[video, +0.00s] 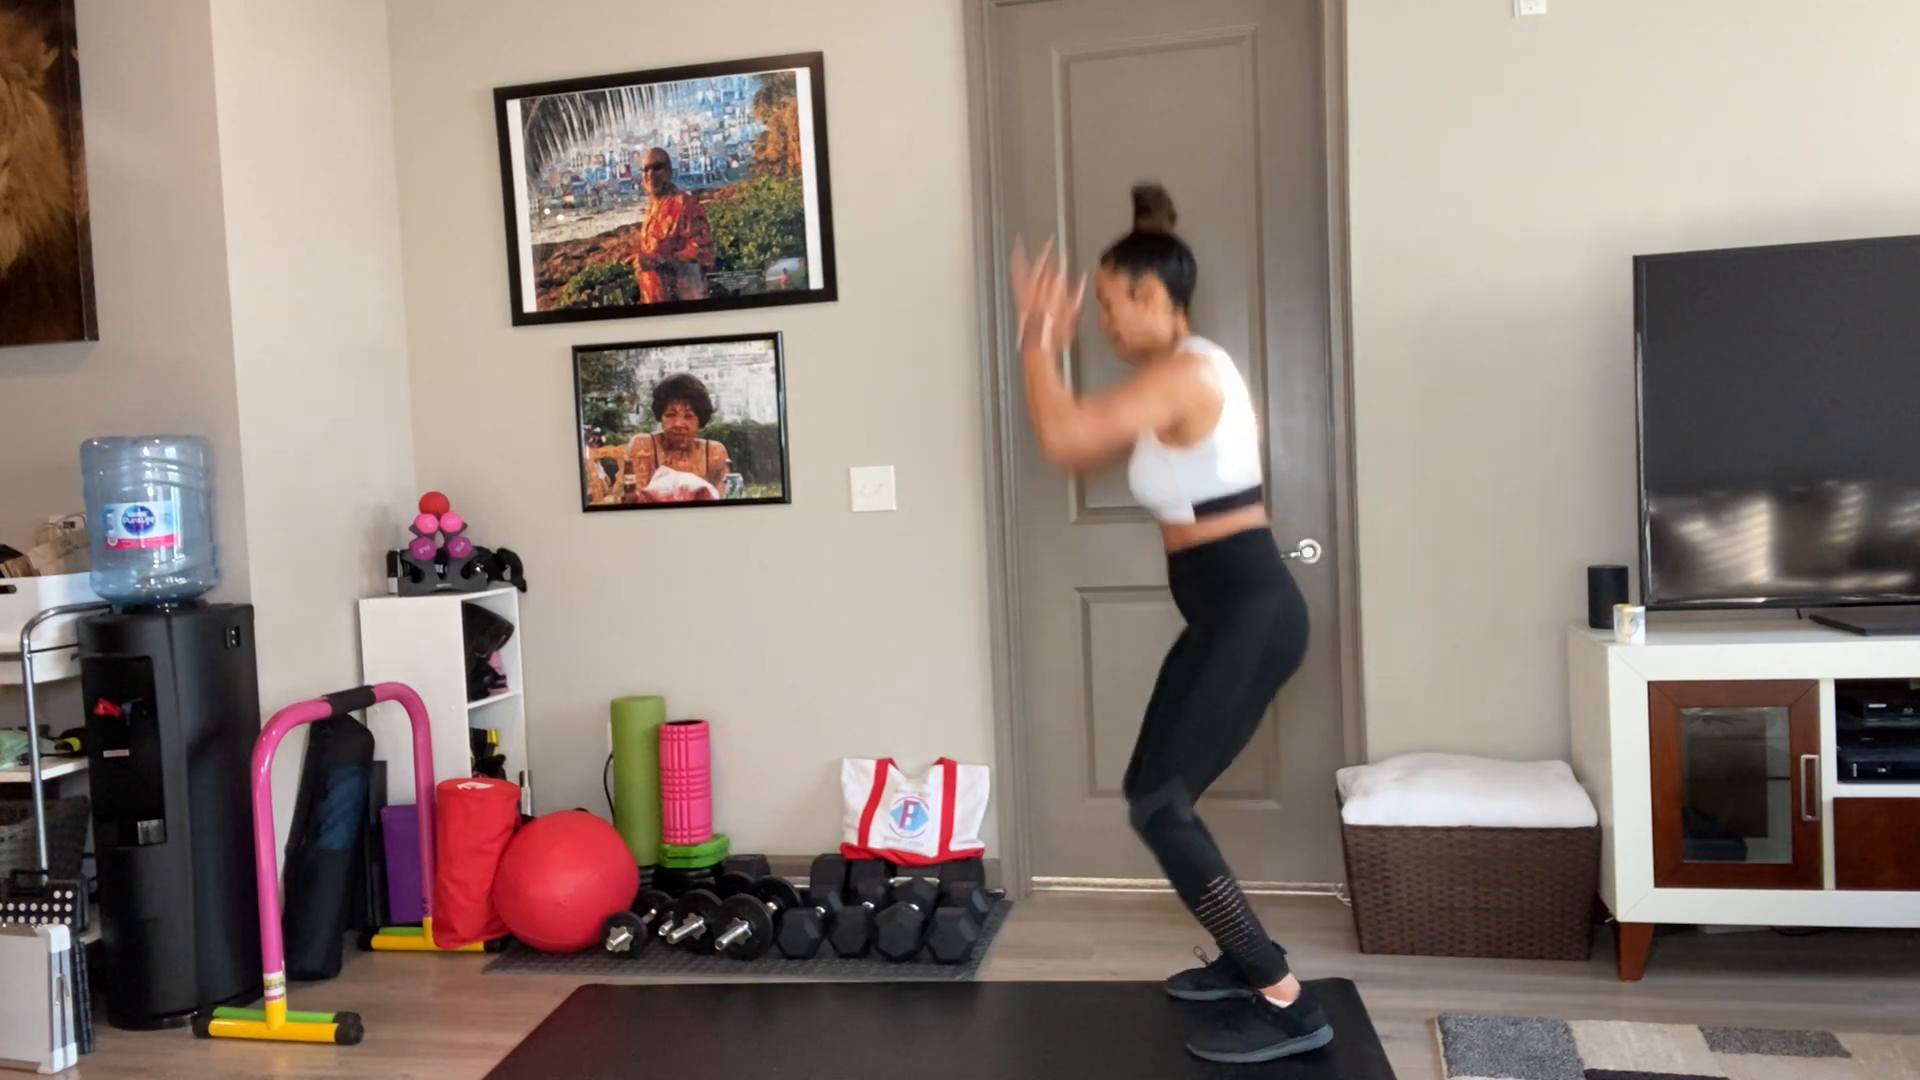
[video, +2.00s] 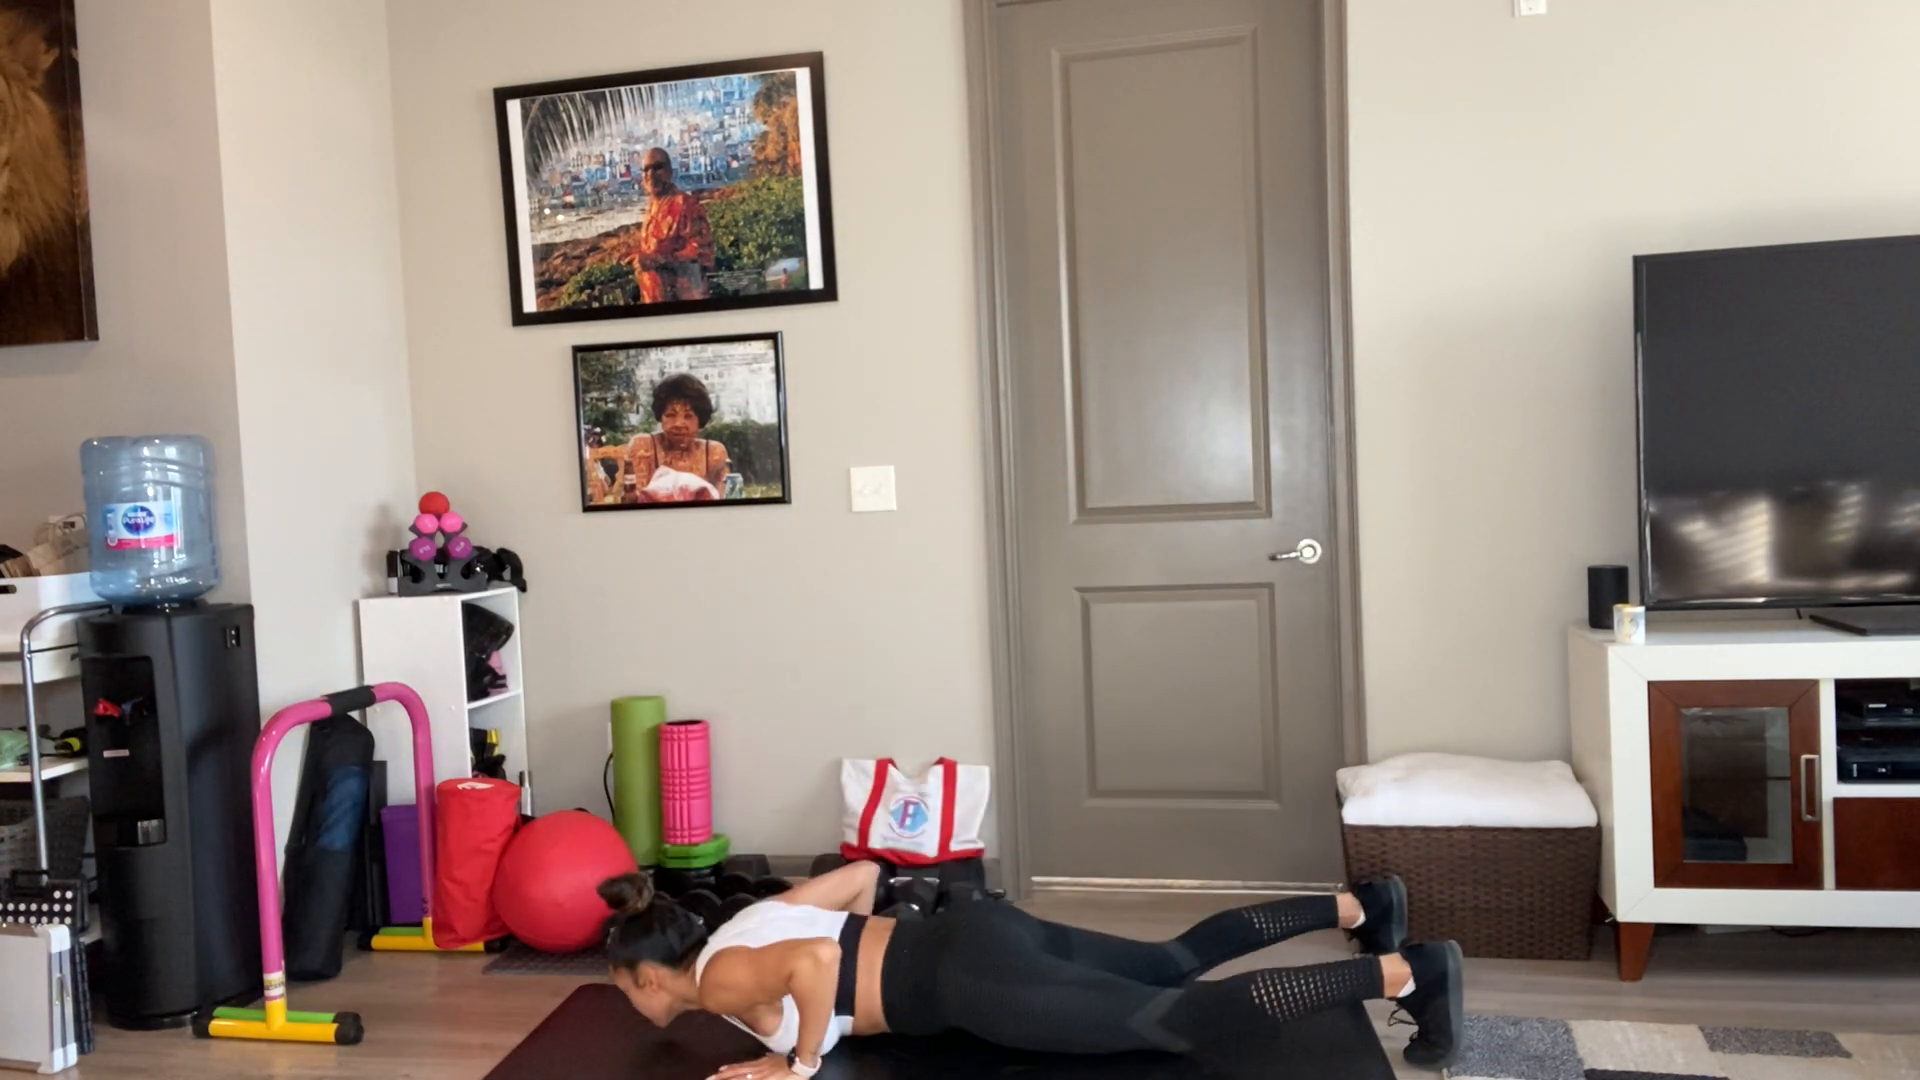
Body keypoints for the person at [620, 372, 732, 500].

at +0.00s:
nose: (679, 424)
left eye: (688, 416)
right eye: (671, 415)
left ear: (701, 420)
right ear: (660, 418)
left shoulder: (715, 451)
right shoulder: (642, 446)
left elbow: (719, 500)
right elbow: (637, 499)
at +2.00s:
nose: (679, 424)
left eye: (688, 416)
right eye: (671, 415)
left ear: (701, 420)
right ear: (660, 418)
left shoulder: (715, 451)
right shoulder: (641, 446)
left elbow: (720, 500)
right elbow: (636, 499)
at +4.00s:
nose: (679, 424)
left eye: (688, 416)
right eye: (671, 415)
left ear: (701, 420)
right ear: (660, 418)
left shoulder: (715, 451)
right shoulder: (642, 446)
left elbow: (719, 501)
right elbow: (638, 499)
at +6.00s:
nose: (679, 424)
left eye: (688, 416)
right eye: (670, 415)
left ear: (700, 420)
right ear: (660, 417)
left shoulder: (714, 451)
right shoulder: (641, 446)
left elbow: (721, 499)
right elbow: (632, 500)